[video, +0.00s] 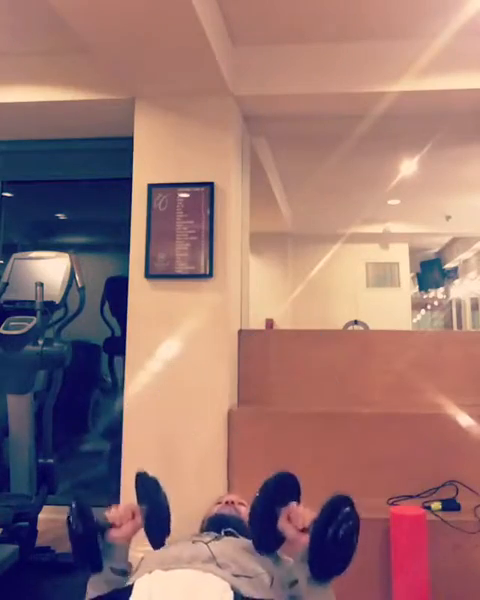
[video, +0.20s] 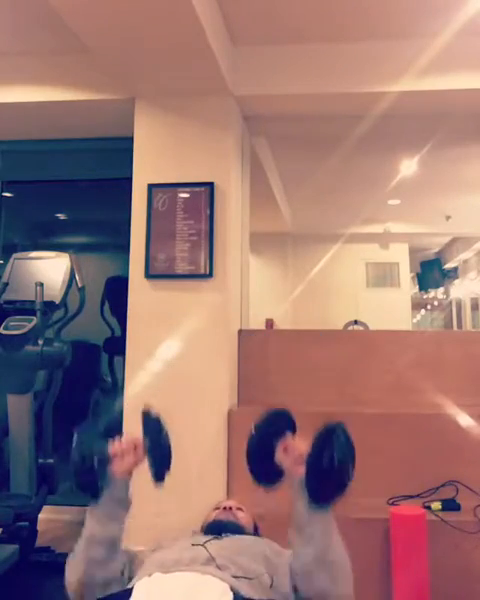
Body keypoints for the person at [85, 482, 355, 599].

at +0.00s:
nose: (230, 503)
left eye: (239, 504)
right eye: (221, 502)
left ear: (254, 520)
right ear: (203, 521)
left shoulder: (268, 554)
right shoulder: (161, 553)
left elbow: (310, 598)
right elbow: (108, 595)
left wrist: (304, 553)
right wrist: (117, 546)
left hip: (218, 589)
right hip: (149, 587)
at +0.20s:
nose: (228, 507)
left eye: (238, 509)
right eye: (220, 507)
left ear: (255, 530)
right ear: (202, 524)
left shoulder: (276, 554)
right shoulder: (157, 551)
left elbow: (328, 590)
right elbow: (86, 586)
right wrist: (117, 482)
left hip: (224, 588)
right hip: (152, 586)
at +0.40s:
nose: (229, 515)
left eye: (241, 517)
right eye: (222, 515)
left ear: (258, 532)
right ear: (203, 529)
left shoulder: (284, 565)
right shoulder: (142, 557)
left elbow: (307, 508)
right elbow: (115, 501)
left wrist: (284, 407)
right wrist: (133, 409)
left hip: (222, 588)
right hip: (147, 586)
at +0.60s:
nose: (228, 510)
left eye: (239, 515)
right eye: (220, 511)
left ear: (255, 531)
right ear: (202, 524)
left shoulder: (277, 559)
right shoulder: (150, 544)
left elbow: (288, 485)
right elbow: (136, 474)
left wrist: (270, 395)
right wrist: (146, 389)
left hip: (223, 588)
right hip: (145, 587)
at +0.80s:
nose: (225, 505)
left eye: (236, 507)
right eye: (217, 505)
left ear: (255, 528)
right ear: (198, 524)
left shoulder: (276, 556)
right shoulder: (151, 551)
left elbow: (322, 548)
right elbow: (97, 536)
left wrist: (288, 448)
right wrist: (124, 446)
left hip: (225, 588)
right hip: (150, 585)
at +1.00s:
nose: (226, 501)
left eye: (237, 502)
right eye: (217, 502)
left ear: (255, 525)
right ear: (198, 525)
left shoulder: (277, 556)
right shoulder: (157, 556)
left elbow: (327, 596)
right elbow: (94, 595)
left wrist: (305, 524)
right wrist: (106, 526)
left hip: (222, 590)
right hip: (150, 588)